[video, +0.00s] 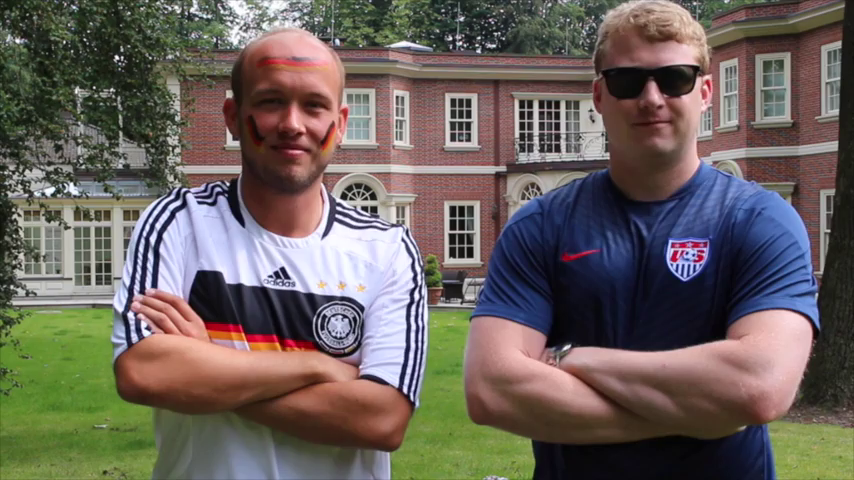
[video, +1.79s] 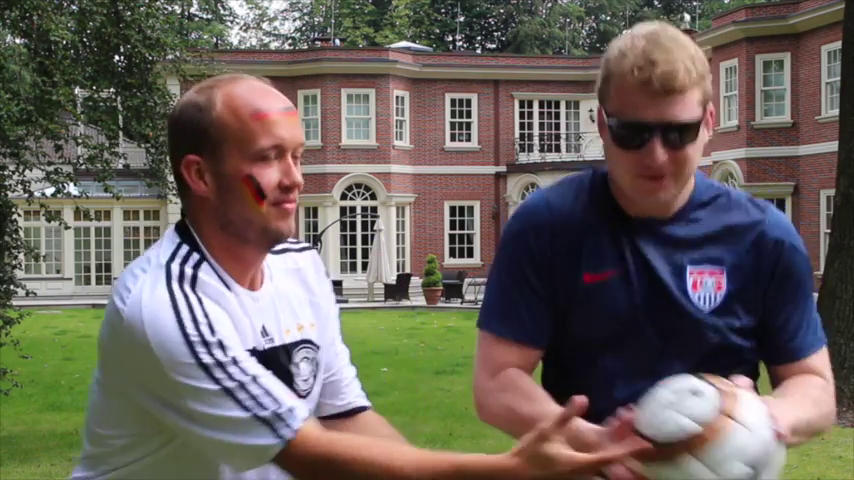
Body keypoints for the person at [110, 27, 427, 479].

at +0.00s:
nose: (293, 125)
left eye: (315, 105)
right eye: (271, 102)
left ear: (339, 124)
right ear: (233, 117)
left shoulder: (388, 249)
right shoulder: (175, 220)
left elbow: (384, 422)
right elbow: (139, 373)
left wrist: (211, 372)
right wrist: (318, 366)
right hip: (200, 473)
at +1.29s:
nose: (297, 122)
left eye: (306, 103)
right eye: (271, 101)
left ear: (314, 112)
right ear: (208, 119)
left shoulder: (350, 240)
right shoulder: (143, 232)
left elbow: (389, 404)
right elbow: (134, 389)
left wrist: (213, 370)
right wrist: (299, 340)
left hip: (332, 473)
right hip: (192, 473)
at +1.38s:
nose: (294, 115)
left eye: (301, 98)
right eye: (269, 95)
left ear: (309, 109)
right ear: (204, 117)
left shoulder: (348, 240)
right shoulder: (140, 232)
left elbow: (403, 406)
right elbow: (125, 388)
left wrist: (248, 361)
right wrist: (289, 304)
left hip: (330, 474)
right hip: (191, 472)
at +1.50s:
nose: (288, 122)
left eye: (295, 103)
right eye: (263, 100)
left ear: (304, 110)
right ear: (197, 119)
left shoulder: (339, 242)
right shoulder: (136, 239)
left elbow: (405, 411)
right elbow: (169, 407)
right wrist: (342, 322)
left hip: (323, 475)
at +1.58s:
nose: (284, 132)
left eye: (290, 111)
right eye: (259, 111)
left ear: (298, 119)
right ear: (191, 128)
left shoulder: (329, 243)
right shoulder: (141, 256)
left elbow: (366, 383)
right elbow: (230, 414)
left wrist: (386, 421)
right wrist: (412, 404)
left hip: (316, 470)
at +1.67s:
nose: (283, 150)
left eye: (287, 129)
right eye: (256, 131)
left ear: (295, 132)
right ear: (188, 152)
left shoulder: (316, 252)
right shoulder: (158, 284)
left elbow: (362, 403)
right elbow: (299, 425)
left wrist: (459, 458)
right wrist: (495, 458)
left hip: (318, 472)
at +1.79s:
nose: (291, 180)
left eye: (296, 158)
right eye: (265, 159)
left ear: (303, 161)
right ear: (196, 176)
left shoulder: (299, 268)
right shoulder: (163, 308)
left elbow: (348, 416)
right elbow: (304, 450)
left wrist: (447, 475)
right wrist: (517, 461)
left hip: (262, 466)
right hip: (148, 467)